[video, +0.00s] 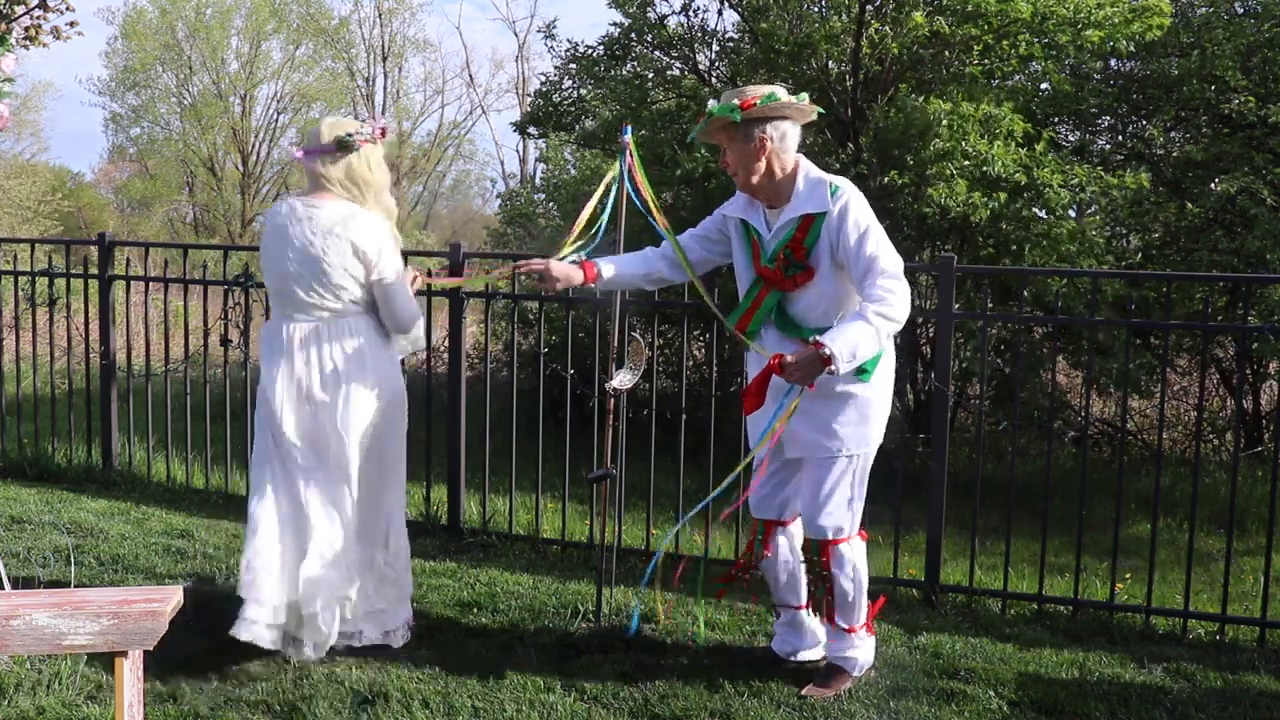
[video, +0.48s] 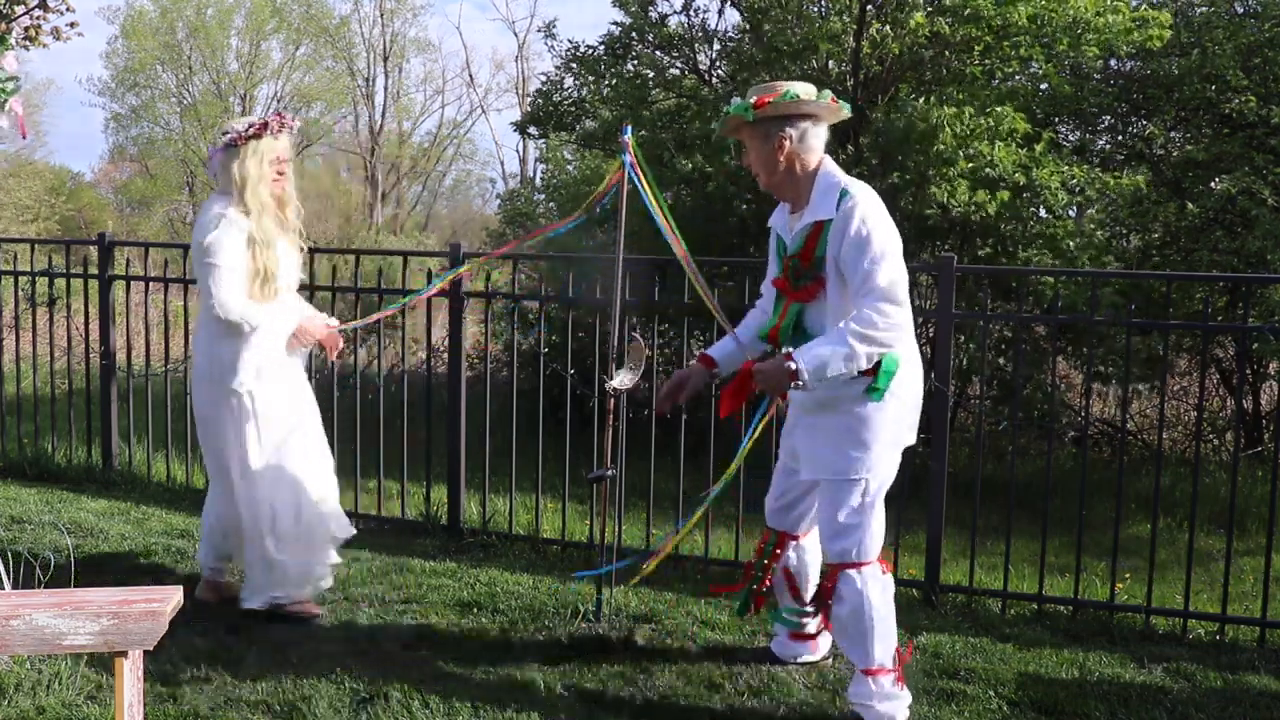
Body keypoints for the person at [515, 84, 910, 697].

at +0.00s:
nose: (719, 161)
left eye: (725, 147)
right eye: (717, 149)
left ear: (766, 143)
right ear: (759, 147)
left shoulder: (839, 203)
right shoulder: (738, 214)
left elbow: (890, 295)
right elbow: (671, 258)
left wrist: (829, 351)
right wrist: (581, 271)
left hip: (847, 380)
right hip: (775, 376)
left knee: (831, 517)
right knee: (773, 514)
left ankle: (850, 655)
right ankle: (797, 644)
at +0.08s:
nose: (717, 164)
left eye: (723, 151)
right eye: (715, 153)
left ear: (763, 145)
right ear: (754, 149)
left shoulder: (837, 205)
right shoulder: (739, 217)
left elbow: (887, 298)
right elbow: (677, 269)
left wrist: (824, 352)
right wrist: (591, 284)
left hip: (844, 382)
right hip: (776, 379)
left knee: (818, 516)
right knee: (766, 513)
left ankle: (861, 650)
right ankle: (800, 643)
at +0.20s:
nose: (719, 167)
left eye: (724, 153)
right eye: (716, 155)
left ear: (764, 144)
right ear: (752, 148)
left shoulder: (835, 206)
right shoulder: (747, 216)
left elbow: (882, 304)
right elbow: (696, 286)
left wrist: (818, 358)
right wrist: (617, 311)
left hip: (843, 379)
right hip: (777, 376)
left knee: (811, 513)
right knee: (767, 506)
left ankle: (874, 666)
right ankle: (801, 642)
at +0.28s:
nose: (720, 166)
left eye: (725, 152)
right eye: (717, 154)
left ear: (765, 145)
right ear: (759, 149)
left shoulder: (837, 207)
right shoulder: (751, 218)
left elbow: (881, 307)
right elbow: (717, 296)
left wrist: (814, 362)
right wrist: (641, 332)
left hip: (845, 387)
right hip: (781, 386)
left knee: (825, 522)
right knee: (769, 513)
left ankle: (877, 690)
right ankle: (800, 639)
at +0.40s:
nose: (732, 166)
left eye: (737, 151)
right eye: (729, 153)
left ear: (776, 147)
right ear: (774, 150)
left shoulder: (850, 215)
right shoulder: (767, 223)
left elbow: (881, 322)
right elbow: (746, 311)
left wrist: (803, 368)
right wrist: (681, 358)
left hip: (855, 400)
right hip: (795, 396)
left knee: (846, 537)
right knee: (776, 517)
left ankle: (878, 692)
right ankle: (797, 635)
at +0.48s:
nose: (744, 165)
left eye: (747, 149)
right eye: (741, 152)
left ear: (786, 145)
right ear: (786, 147)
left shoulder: (858, 211)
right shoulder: (784, 222)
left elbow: (882, 324)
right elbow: (770, 311)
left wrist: (798, 364)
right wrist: (708, 364)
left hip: (865, 397)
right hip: (811, 395)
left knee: (850, 543)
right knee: (787, 518)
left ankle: (880, 695)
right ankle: (801, 636)